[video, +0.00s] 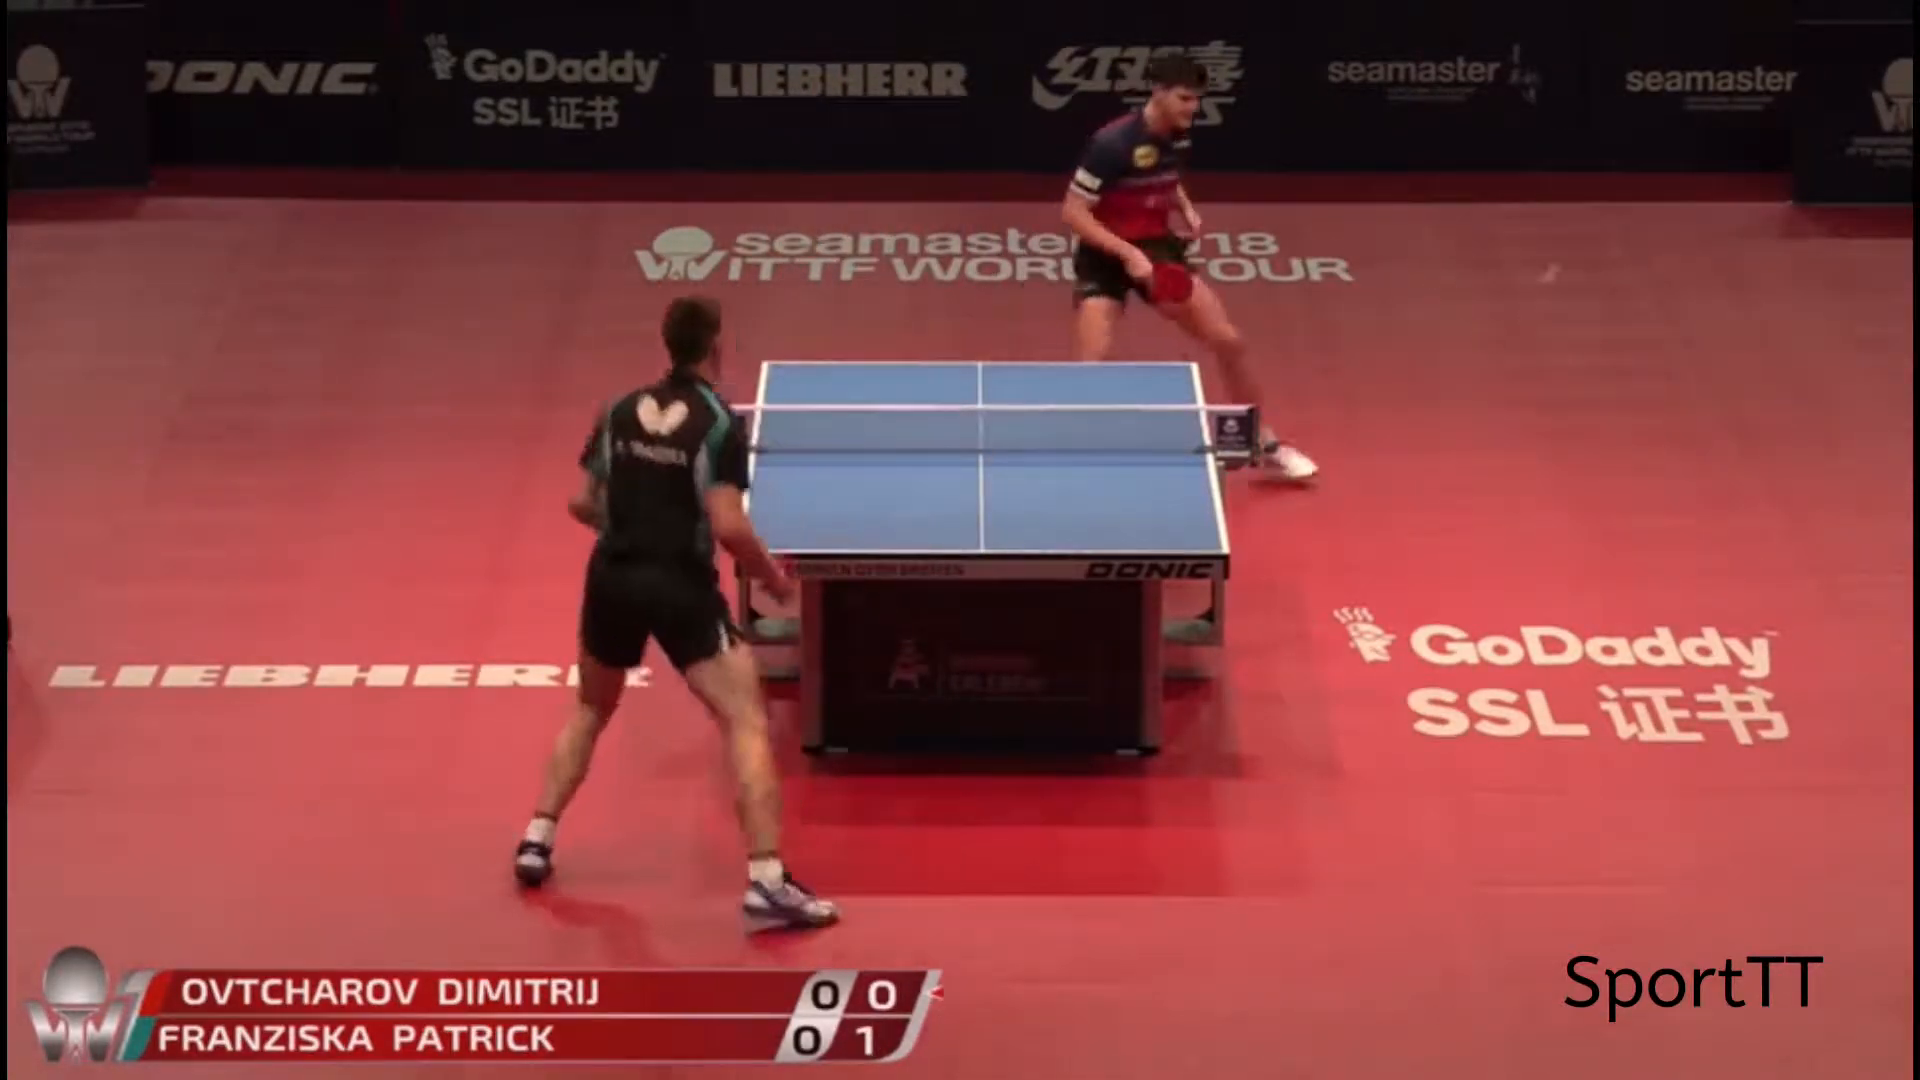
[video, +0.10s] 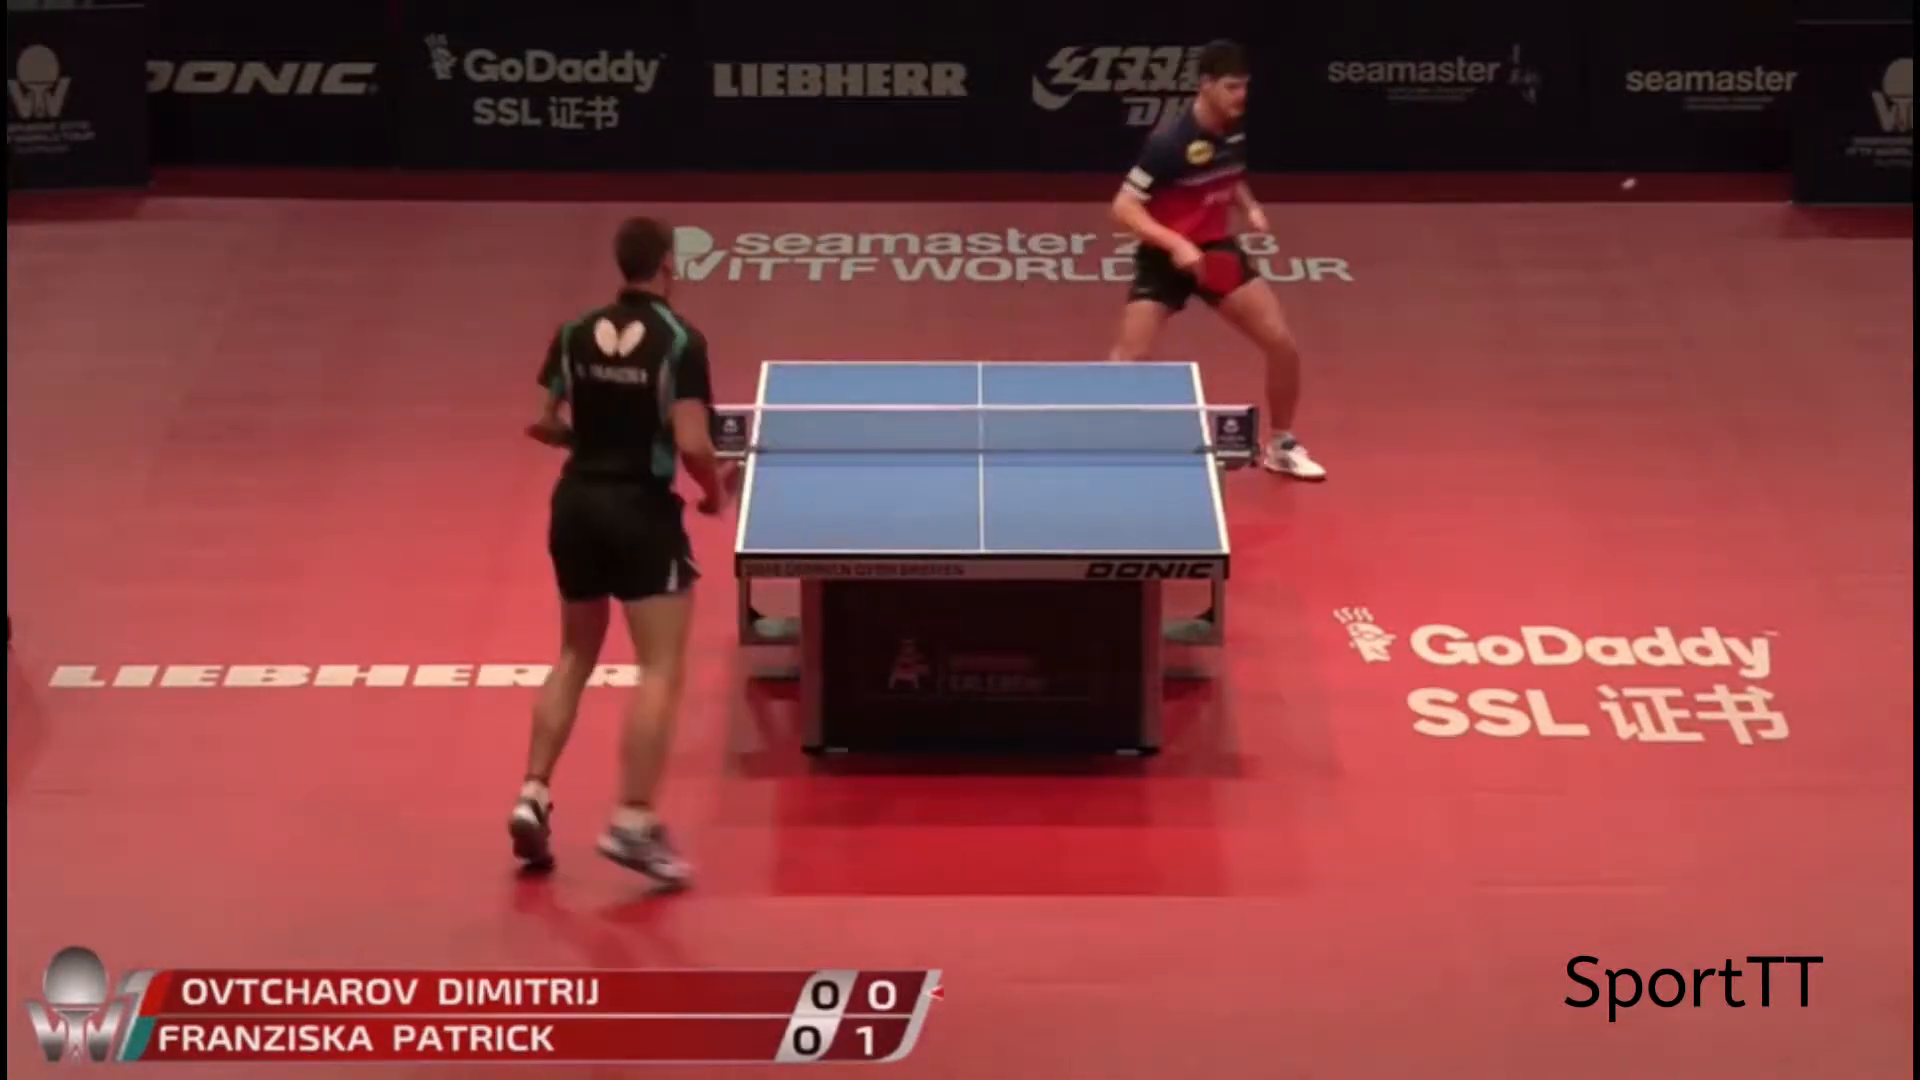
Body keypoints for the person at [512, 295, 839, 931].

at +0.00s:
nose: (725, 355)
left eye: (720, 346)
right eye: (723, 347)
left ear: (666, 348)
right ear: (713, 351)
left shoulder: (619, 411)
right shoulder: (720, 421)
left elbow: (585, 503)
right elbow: (728, 524)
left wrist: (634, 527)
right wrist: (769, 573)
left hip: (611, 579)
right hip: (683, 586)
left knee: (589, 710)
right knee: (746, 722)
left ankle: (538, 838)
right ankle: (767, 878)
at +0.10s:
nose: (676, 272)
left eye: (669, 262)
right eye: (675, 263)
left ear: (618, 266)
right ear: (665, 268)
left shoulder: (575, 334)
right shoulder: (679, 340)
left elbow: (543, 422)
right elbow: (692, 443)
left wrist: (592, 441)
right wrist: (714, 486)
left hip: (575, 506)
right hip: (643, 511)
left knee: (575, 655)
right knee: (658, 670)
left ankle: (534, 792)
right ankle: (634, 822)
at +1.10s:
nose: (831, 464)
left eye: (836, 454)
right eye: (830, 453)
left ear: (809, 434)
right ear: (803, 435)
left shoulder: (780, 443)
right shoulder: (737, 451)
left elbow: (799, 520)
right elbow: (726, 554)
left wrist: (871, 532)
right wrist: (806, 531)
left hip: (669, 525)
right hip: (611, 515)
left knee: (737, 618)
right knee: (575, 667)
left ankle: (704, 749)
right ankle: (463, 725)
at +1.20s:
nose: (831, 464)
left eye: (837, 455)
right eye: (830, 454)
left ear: (809, 433)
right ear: (804, 436)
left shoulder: (780, 441)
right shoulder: (736, 453)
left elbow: (797, 521)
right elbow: (725, 552)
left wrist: (869, 534)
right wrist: (805, 532)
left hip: (670, 527)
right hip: (611, 517)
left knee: (737, 617)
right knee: (576, 666)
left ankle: (704, 750)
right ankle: (463, 725)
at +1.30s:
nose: (831, 465)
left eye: (837, 456)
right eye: (830, 455)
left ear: (810, 435)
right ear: (804, 437)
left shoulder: (781, 441)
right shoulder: (737, 453)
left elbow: (797, 521)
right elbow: (725, 552)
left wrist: (870, 537)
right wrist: (804, 533)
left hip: (671, 527)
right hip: (611, 516)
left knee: (737, 617)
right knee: (577, 666)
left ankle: (704, 750)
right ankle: (463, 725)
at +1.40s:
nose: (831, 467)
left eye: (836, 458)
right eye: (830, 457)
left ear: (810, 436)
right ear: (805, 439)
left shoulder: (781, 439)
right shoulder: (737, 453)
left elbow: (797, 521)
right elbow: (725, 552)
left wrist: (873, 538)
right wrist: (803, 533)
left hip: (670, 527)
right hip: (612, 516)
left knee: (738, 617)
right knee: (578, 666)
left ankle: (704, 750)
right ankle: (464, 725)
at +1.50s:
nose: (830, 468)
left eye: (836, 459)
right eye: (830, 458)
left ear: (810, 437)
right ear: (807, 441)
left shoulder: (781, 440)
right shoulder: (737, 452)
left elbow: (798, 524)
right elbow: (726, 553)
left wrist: (872, 539)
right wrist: (805, 533)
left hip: (670, 528)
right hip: (612, 517)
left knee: (738, 617)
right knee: (578, 667)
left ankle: (704, 750)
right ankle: (464, 725)